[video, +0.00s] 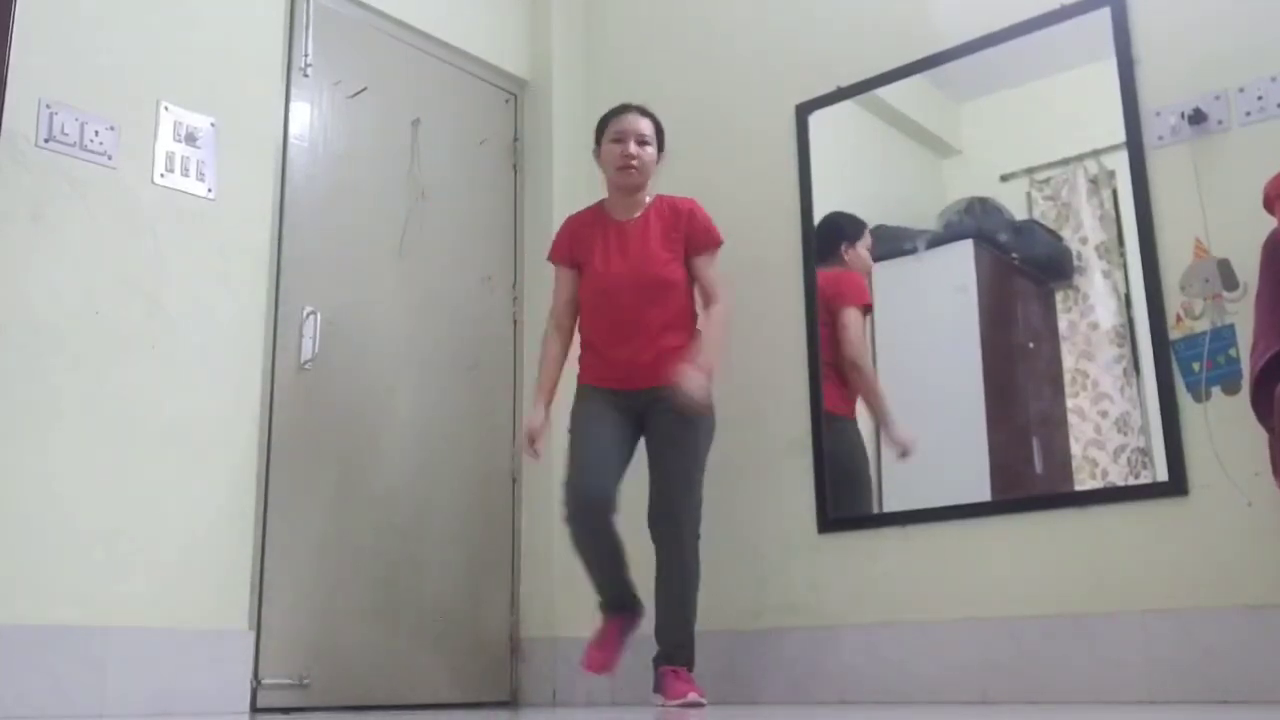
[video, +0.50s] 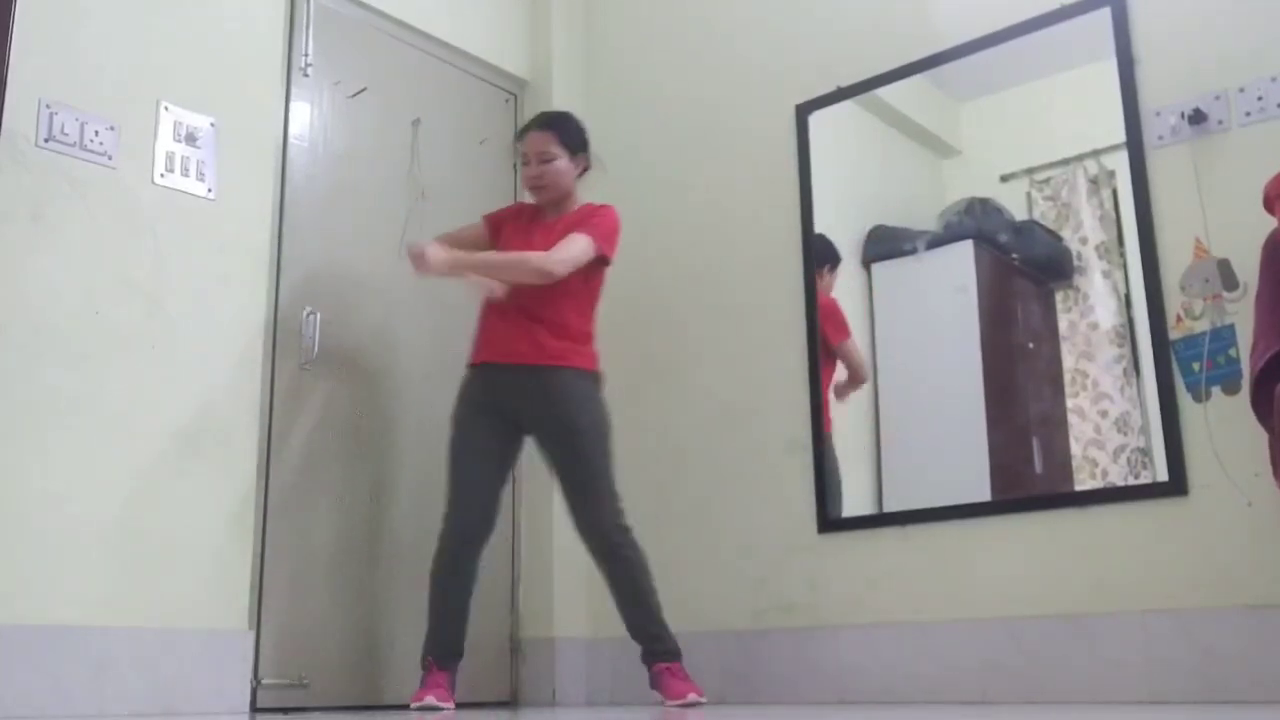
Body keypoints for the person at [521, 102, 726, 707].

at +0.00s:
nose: (631, 149)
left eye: (643, 141)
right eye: (619, 140)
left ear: (658, 157)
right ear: (598, 153)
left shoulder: (683, 217)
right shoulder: (579, 229)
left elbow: (715, 301)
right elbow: (560, 324)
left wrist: (702, 366)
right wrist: (541, 404)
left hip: (677, 390)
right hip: (603, 393)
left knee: (675, 525)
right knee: (584, 505)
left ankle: (676, 667)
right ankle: (620, 608)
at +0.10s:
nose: (621, 149)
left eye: (633, 140)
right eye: (610, 141)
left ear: (654, 154)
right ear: (593, 154)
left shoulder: (677, 212)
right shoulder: (576, 227)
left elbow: (689, 291)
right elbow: (544, 305)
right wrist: (524, 342)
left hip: (669, 388)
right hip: (595, 389)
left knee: (667, 522)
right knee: (546, 493)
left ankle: (674, 666)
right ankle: (579, 608)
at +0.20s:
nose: (601, 146)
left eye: (614, 135)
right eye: (591, 137)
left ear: (640, 144)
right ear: (579, 149)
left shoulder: (660, 196)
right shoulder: (563, 216)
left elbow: (660, 250)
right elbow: (510, 288)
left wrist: (559, 249)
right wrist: (512, 268)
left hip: (652, 378)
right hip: (578, 379)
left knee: (657, 518)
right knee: (520, 493)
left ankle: (674, 667)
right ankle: (509, 640)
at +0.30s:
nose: (578, 152)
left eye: (590, 140)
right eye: (570, 143)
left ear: (620, 144)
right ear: (562, 152)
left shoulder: (641, 187)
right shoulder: (554, 210)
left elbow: (618, 238)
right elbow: (474, 255)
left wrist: (542, 267)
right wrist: (511, 229)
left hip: (628, 370)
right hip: (554, 373)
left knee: (645, 521)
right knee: (508, 512)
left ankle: (673, 665)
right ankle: (444, 657)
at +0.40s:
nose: (557, 163)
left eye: (568, 151)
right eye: (548, 154)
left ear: (601, 153)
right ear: (543, 161)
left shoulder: (623, 205)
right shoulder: (532, 214)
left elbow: (586, 255)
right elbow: (453, 243)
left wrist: (494, 282)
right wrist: (503, 237)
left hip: (601, 380)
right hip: (526, 380)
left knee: (630, 524)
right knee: (484, 521)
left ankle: (670, 668)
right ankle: (437, 671)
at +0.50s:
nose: (532, 172)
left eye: (546, 160)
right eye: (525, 162)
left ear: (579, 164)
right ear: (519, 167)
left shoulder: (600, 219)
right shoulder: (509, 220)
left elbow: (550, 266)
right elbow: (435, 249)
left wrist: (454, 262)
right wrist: (479, 275)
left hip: (566, 387)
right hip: (491, 384)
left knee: (603, 526)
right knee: (463, 527)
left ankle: (665, 664)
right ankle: (437, 674)